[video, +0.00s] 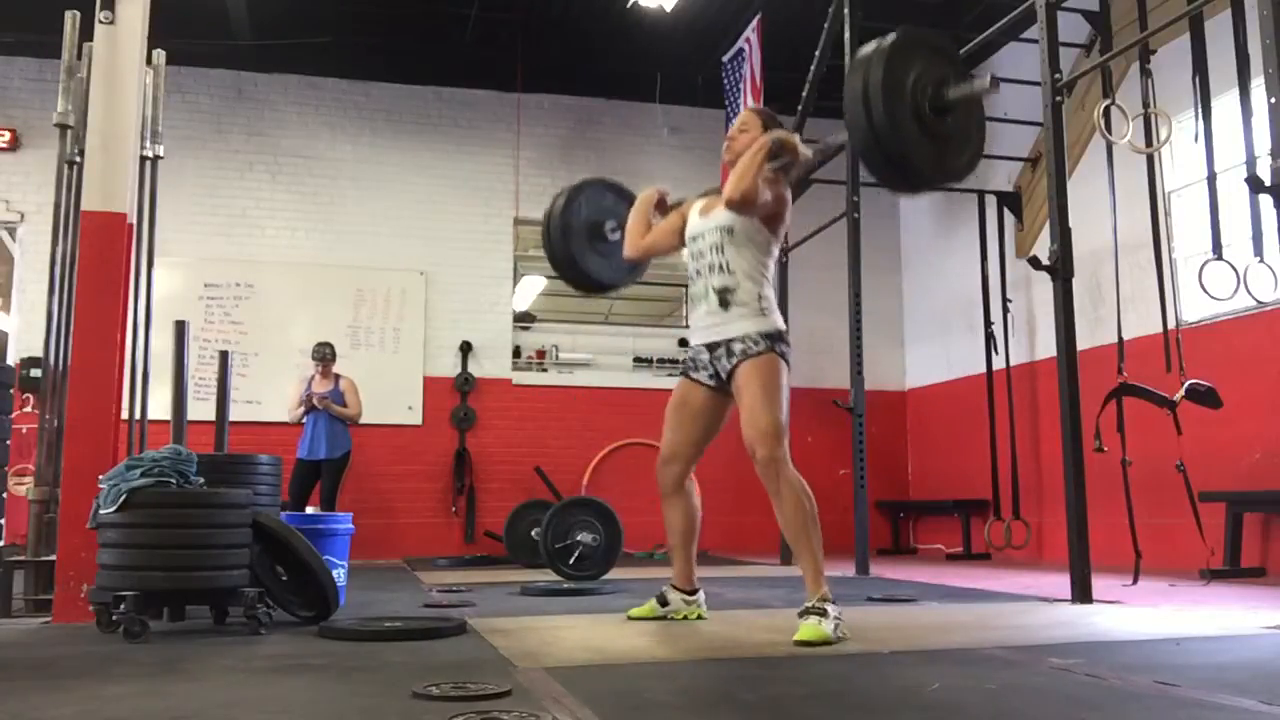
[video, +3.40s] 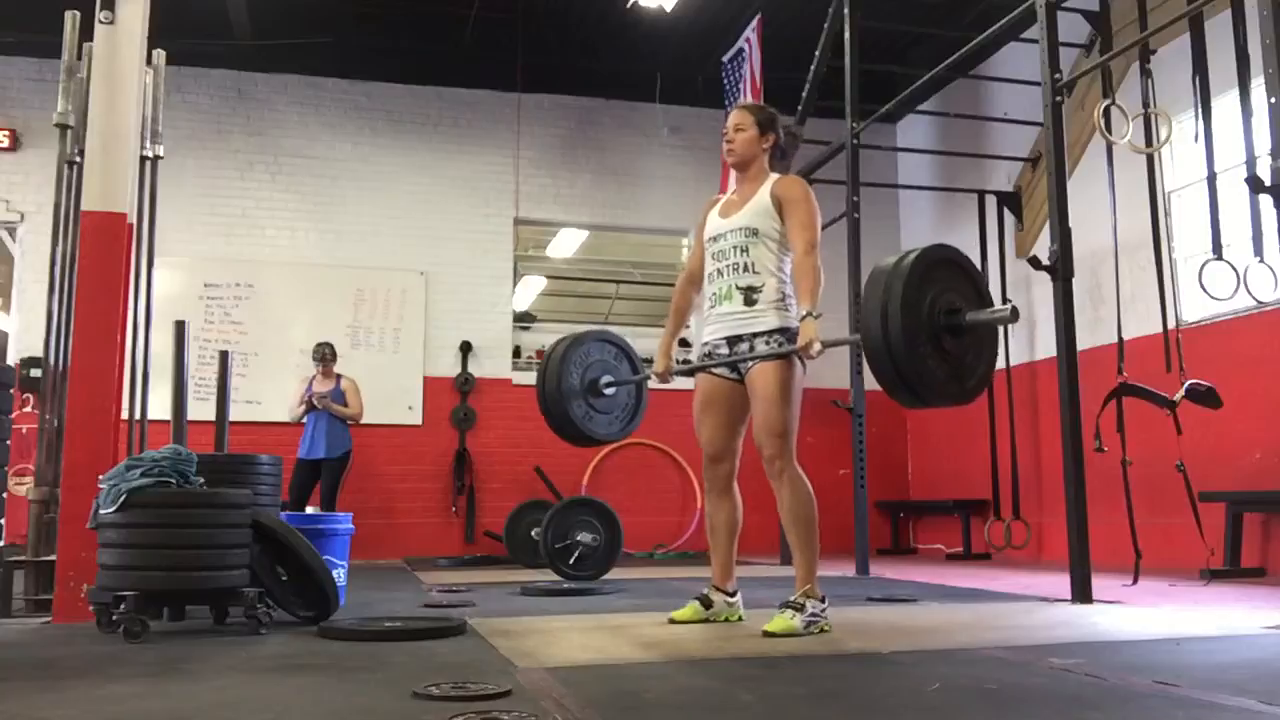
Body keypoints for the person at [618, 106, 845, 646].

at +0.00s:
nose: (731, 134)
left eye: (744, 127)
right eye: (730, 127)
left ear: (768, 146)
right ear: (726, 143)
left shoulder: (772, 196)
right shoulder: (696, 209)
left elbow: (737, 195)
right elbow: (635, 247)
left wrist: (773, 145)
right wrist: (646, 200)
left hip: (756, 342)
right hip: (705, 352)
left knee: (769, 458)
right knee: (671, 469)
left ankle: (820, 601)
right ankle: (684, 593)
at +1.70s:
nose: (744, 118)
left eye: (756, 113)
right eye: (744, 113)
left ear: (779, 134)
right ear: (740, 131)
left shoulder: (785, 183)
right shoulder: (713, 200)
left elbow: (818, 209)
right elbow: (663, 250)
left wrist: (810, 137)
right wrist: (652, 191)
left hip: (767, 333)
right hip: (714, 340)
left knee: (777, 460)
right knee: (709, 465)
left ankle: (803, 598)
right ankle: (721, 593)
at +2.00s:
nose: (752, 128)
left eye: (764, 123)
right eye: (750, 122)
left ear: (789, 139)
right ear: (746, 138)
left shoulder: (798, 175)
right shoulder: (726, 194)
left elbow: (855, 170)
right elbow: (677, 222)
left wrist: (830, 194)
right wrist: (663, 255)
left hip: (787, 333)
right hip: (735, 339)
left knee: (789, 459)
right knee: (719, 463)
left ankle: (804, 598)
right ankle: (722, 592)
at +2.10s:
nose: (725, 127)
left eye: (738, 121)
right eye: (726, 121)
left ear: (765, 136)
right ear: (725, 138)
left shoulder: (785, 181)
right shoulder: (712, 204)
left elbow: (846, 216)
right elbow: (680, 265)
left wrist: (820, 279)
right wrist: (667, 319)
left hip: (791, 339)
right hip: (739, 348)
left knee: (792, 462)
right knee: (720, 464)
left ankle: (804, 599)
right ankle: (722, 592)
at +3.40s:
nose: (727, 137)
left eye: (738, 129)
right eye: (725, 130)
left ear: (767, 139)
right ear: (724, 142)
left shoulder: (787, 188)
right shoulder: (714, 211)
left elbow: (806, 252)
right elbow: (689, 279)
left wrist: (808, 315)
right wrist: (668, 340)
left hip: (770, 338)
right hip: (716, 345)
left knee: (777, 459)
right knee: (716, 464)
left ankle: (808, 597)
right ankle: (722, 593)